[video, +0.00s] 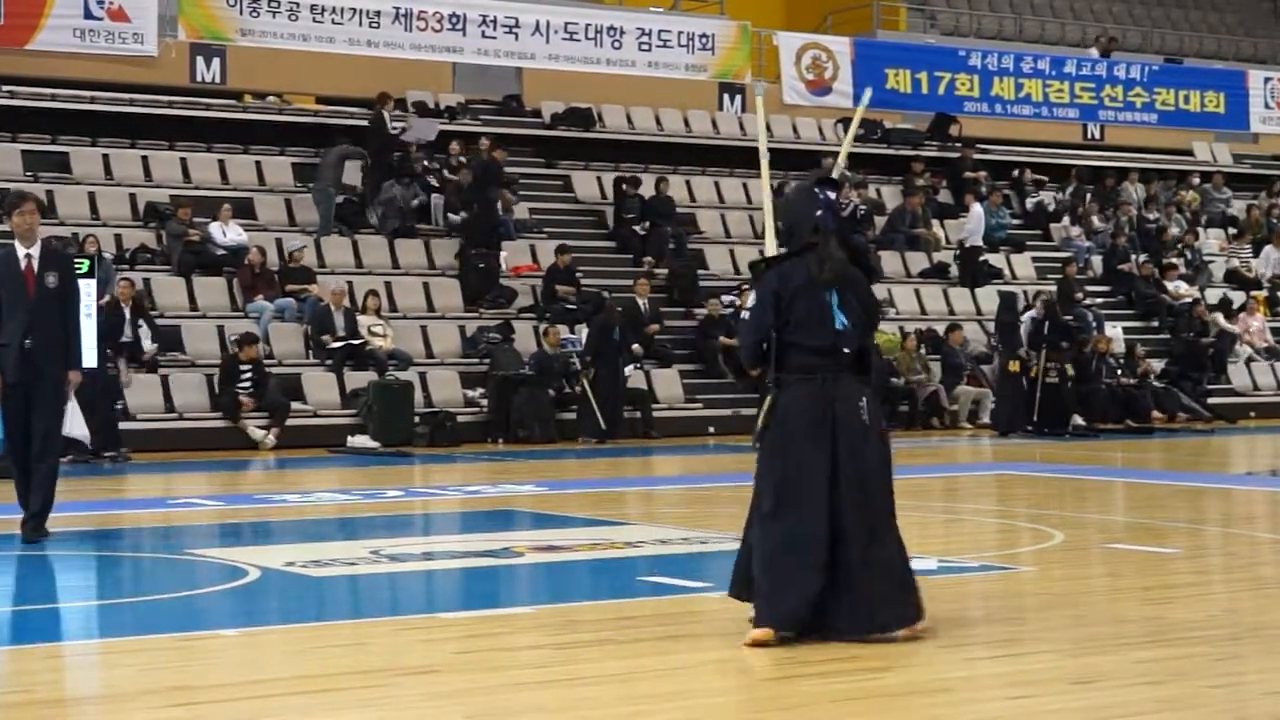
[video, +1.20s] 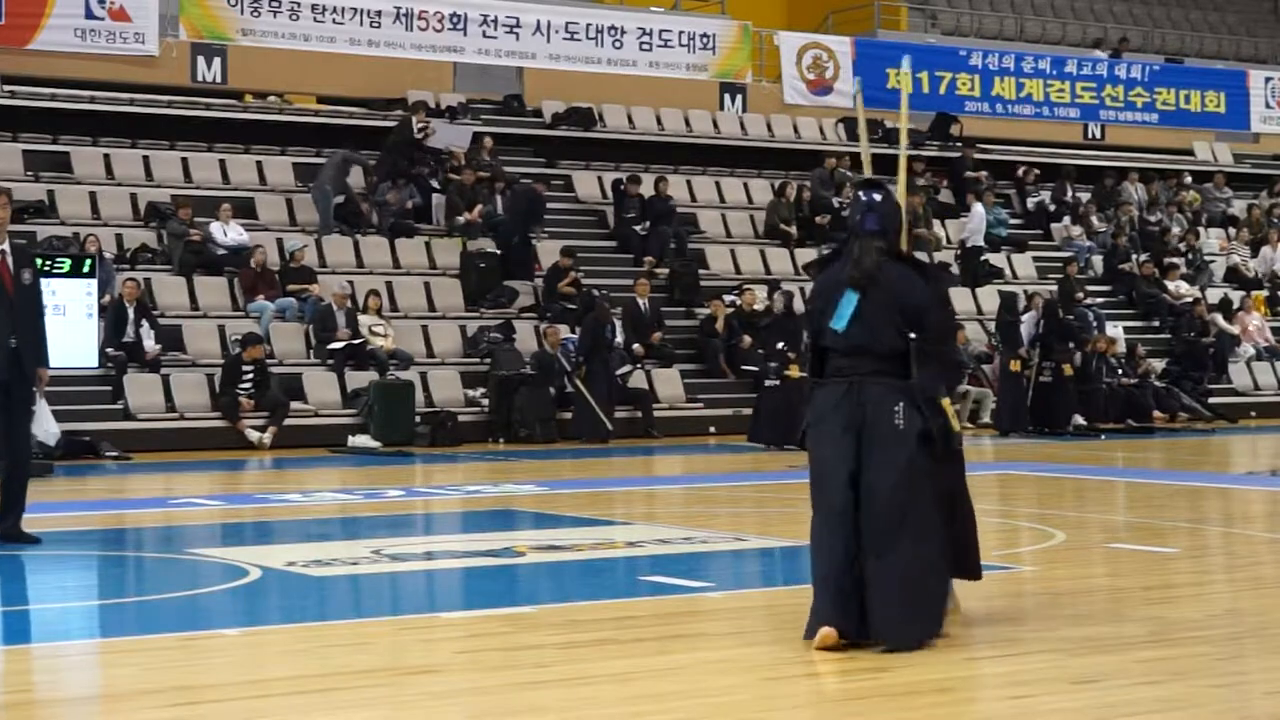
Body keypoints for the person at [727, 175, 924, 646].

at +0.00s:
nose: (781, 229)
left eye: (783, 222)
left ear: (789, 226)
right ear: (833, 224)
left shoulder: (776, 279)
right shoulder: (855, 281)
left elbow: (750, 347)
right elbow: (865, 345)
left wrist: (756, 369)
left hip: (797, 405)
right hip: (852, 404)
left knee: (783, 505)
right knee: (866, 504)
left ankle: (773, 615)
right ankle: (897, 608)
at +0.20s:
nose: (810, 237)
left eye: (815, 229)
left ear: (823, 232)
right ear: (866, 227)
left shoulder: (822, 281)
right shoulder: (888, 279)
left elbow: (793, 354)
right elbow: (888, 342)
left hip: (839, 405)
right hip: (891, 404)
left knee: (804, 506)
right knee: (905, 509)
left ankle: (777, 613)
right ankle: (940, 612)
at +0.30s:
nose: (827, 242)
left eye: (831, 233)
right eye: (827, 232)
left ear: (845, 234)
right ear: (878, 228)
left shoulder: (850, 282)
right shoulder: (901, 274)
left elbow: (824, 355)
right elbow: (915, 343)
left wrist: (800, 323)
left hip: (866, 409)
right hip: (915, 405)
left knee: (827, 507)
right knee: (916, 511)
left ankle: (799, 613)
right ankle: (938, 614)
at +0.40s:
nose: (840, 242)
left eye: (846, 232)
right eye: (840, 231)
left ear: (864, 235)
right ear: (894, 231)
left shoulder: (868, 283)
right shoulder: (914, 274)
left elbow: (848, 356)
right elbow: (921, 342)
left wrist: (836, 379)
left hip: (887, 408)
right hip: (929, 404)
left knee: (845, 505)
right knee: (917, 511)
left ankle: (826, 615)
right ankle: (914, 612)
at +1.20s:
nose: (897, 231)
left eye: (869, 225)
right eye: (898, 225)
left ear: (852, 228)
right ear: (896, 230)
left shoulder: (827, 282)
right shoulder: (913, 282)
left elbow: (813, 353)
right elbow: (940, 349)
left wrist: (821, 397)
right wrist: (928, 393)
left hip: (832, 404)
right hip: (892, 405)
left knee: (832, 508)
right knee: (893, 509)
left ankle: (829, 618)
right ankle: (899, 618)